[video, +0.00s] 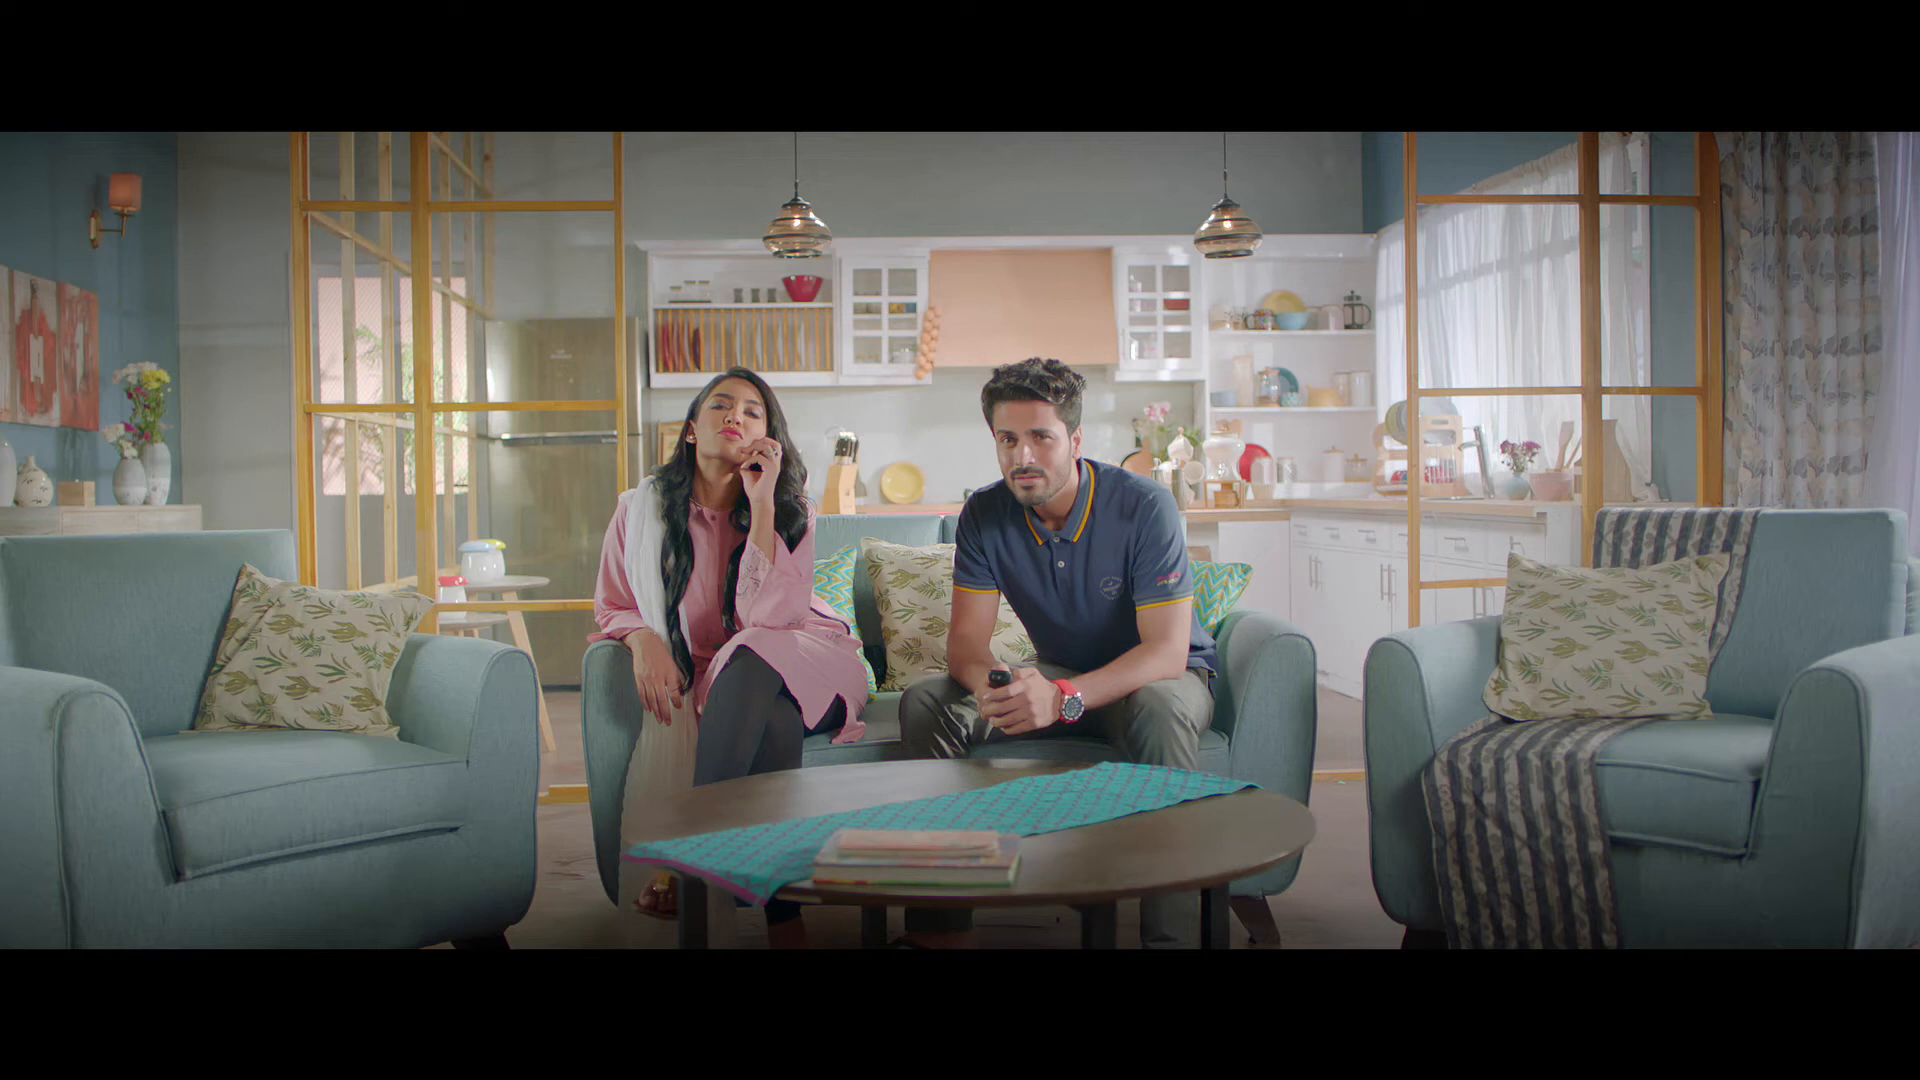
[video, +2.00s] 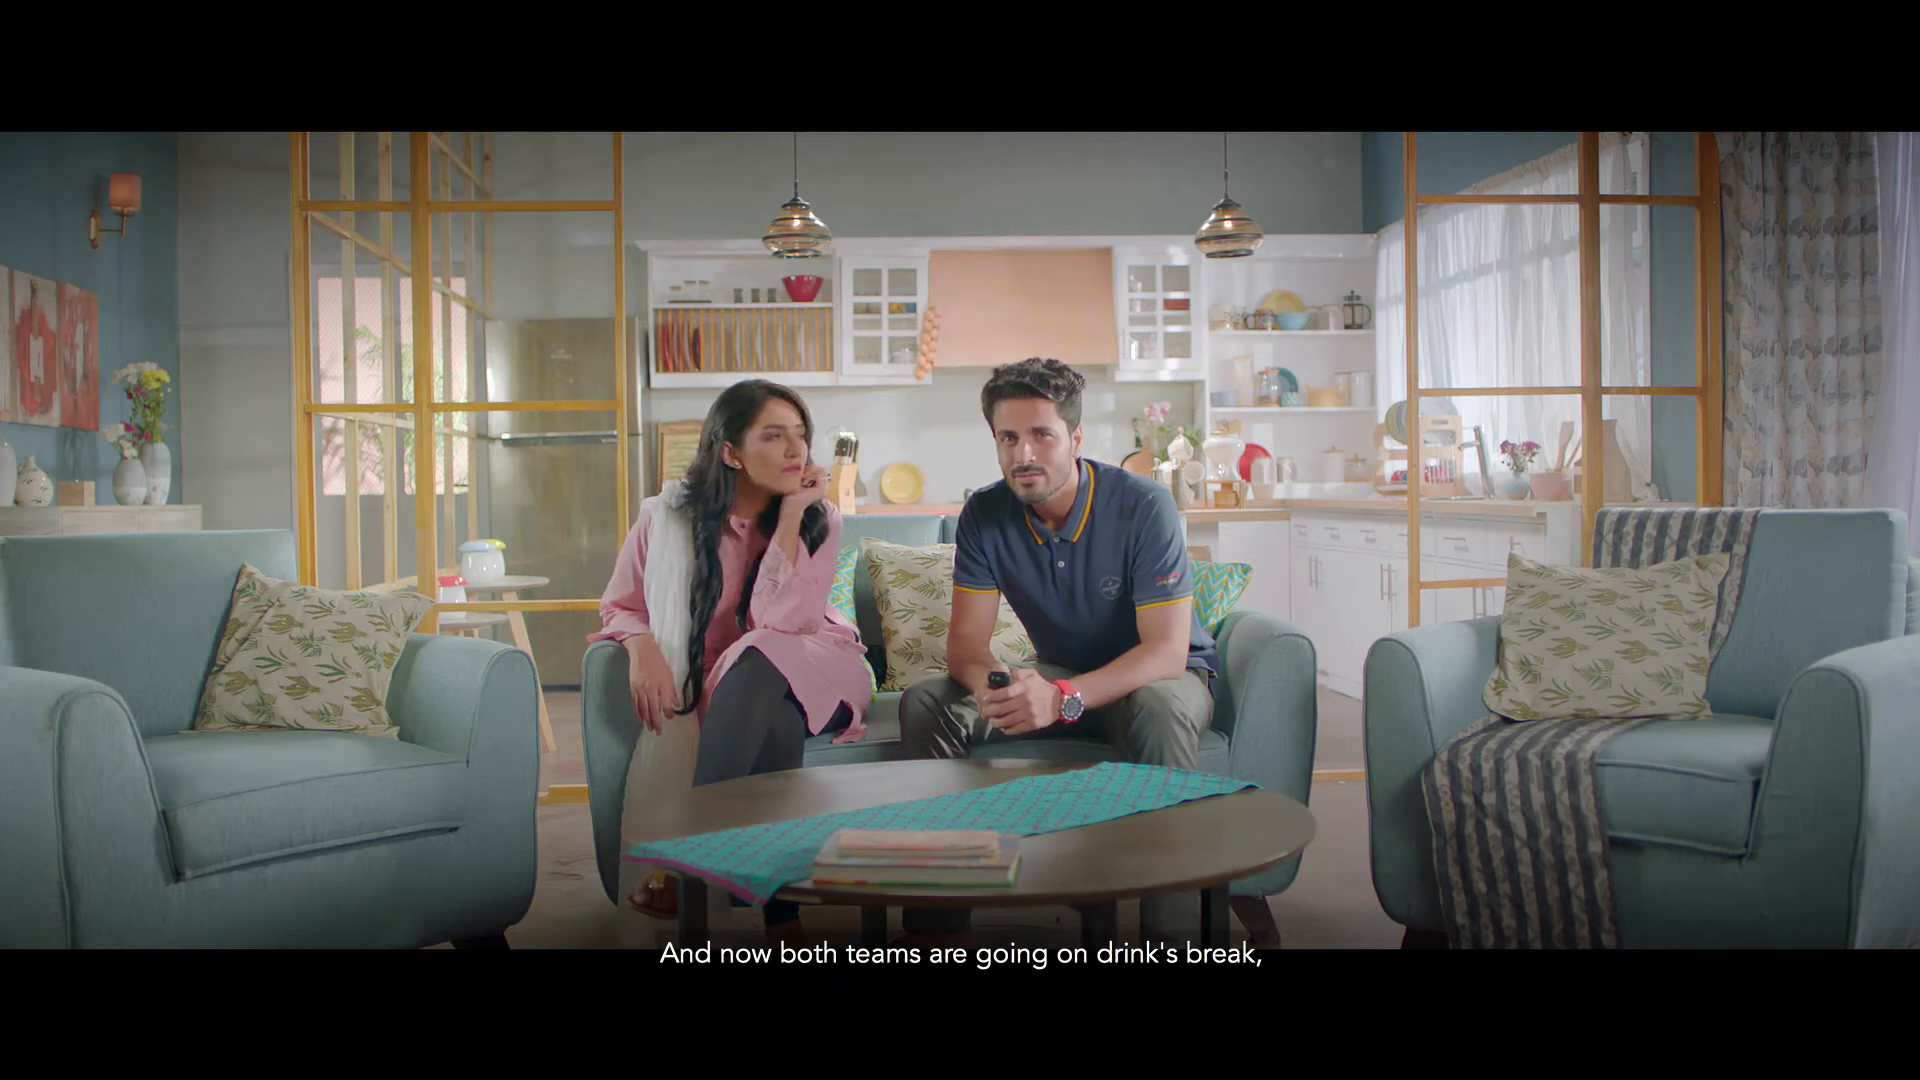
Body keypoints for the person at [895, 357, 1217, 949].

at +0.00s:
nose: (1022, 456)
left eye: (1040, 437)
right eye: (1008, 439)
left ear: (1076, 441)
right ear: (994, 442)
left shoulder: (1143, 507)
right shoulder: (985, 514)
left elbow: (1167, 654)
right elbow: (966, 645)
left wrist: (1065, 698)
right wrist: (997, 687)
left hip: (1154, 680)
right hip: (1056, 681)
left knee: (1160, 707)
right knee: (926, 704)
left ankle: (1170, 936)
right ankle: (938, 922)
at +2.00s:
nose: (1023, 454)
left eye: (1040, 435)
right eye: (1009, 438)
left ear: (1076, 440)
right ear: (995, 443)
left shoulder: (1143, 507)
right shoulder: (985, 515)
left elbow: (1166, 655)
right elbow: (966, 647)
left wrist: (1064, 697)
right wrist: (997, 686)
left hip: (1156, 677)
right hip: (1059, 679)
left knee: (1157, 709)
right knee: (926, 703)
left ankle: (1172, 922)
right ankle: (943, 897)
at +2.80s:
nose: (988, 455)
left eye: (1004, 444)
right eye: (992, 438)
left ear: (1059, 453)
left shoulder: (1146, 509)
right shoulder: (987, 516)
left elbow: (1167, 654)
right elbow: (966, 647)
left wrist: (1063, 697)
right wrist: (995, 687)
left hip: (1155, 679)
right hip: (1058, 680)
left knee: (1157, 709)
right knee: (926, 702)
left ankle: (1173, 920)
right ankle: (942, 897)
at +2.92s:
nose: (988, 455)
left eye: (1005, 444)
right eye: (992, 439)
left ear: (1059, 453)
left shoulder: (1146, 509)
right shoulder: (987, 516)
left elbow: (1166, 654)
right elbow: (966, 646)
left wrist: (1063, 697)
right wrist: (995, 686)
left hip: (1156, 679)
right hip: (1060, 680)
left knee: (1158, 709)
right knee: (927, 703)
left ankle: (1170, 932)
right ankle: (939, 904)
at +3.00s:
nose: (988, 455)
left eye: (1005, 444)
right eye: (992, 439)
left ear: (1059, 453)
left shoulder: (1146, 508)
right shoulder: (987, 516)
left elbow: (1166, 654)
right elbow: (966, 646)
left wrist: (1063, 697)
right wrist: (995, 686)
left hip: (1156, 679)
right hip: (1060, 680)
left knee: (1158, 709)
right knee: (927, 703)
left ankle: (1170, 932)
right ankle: (939, 904)